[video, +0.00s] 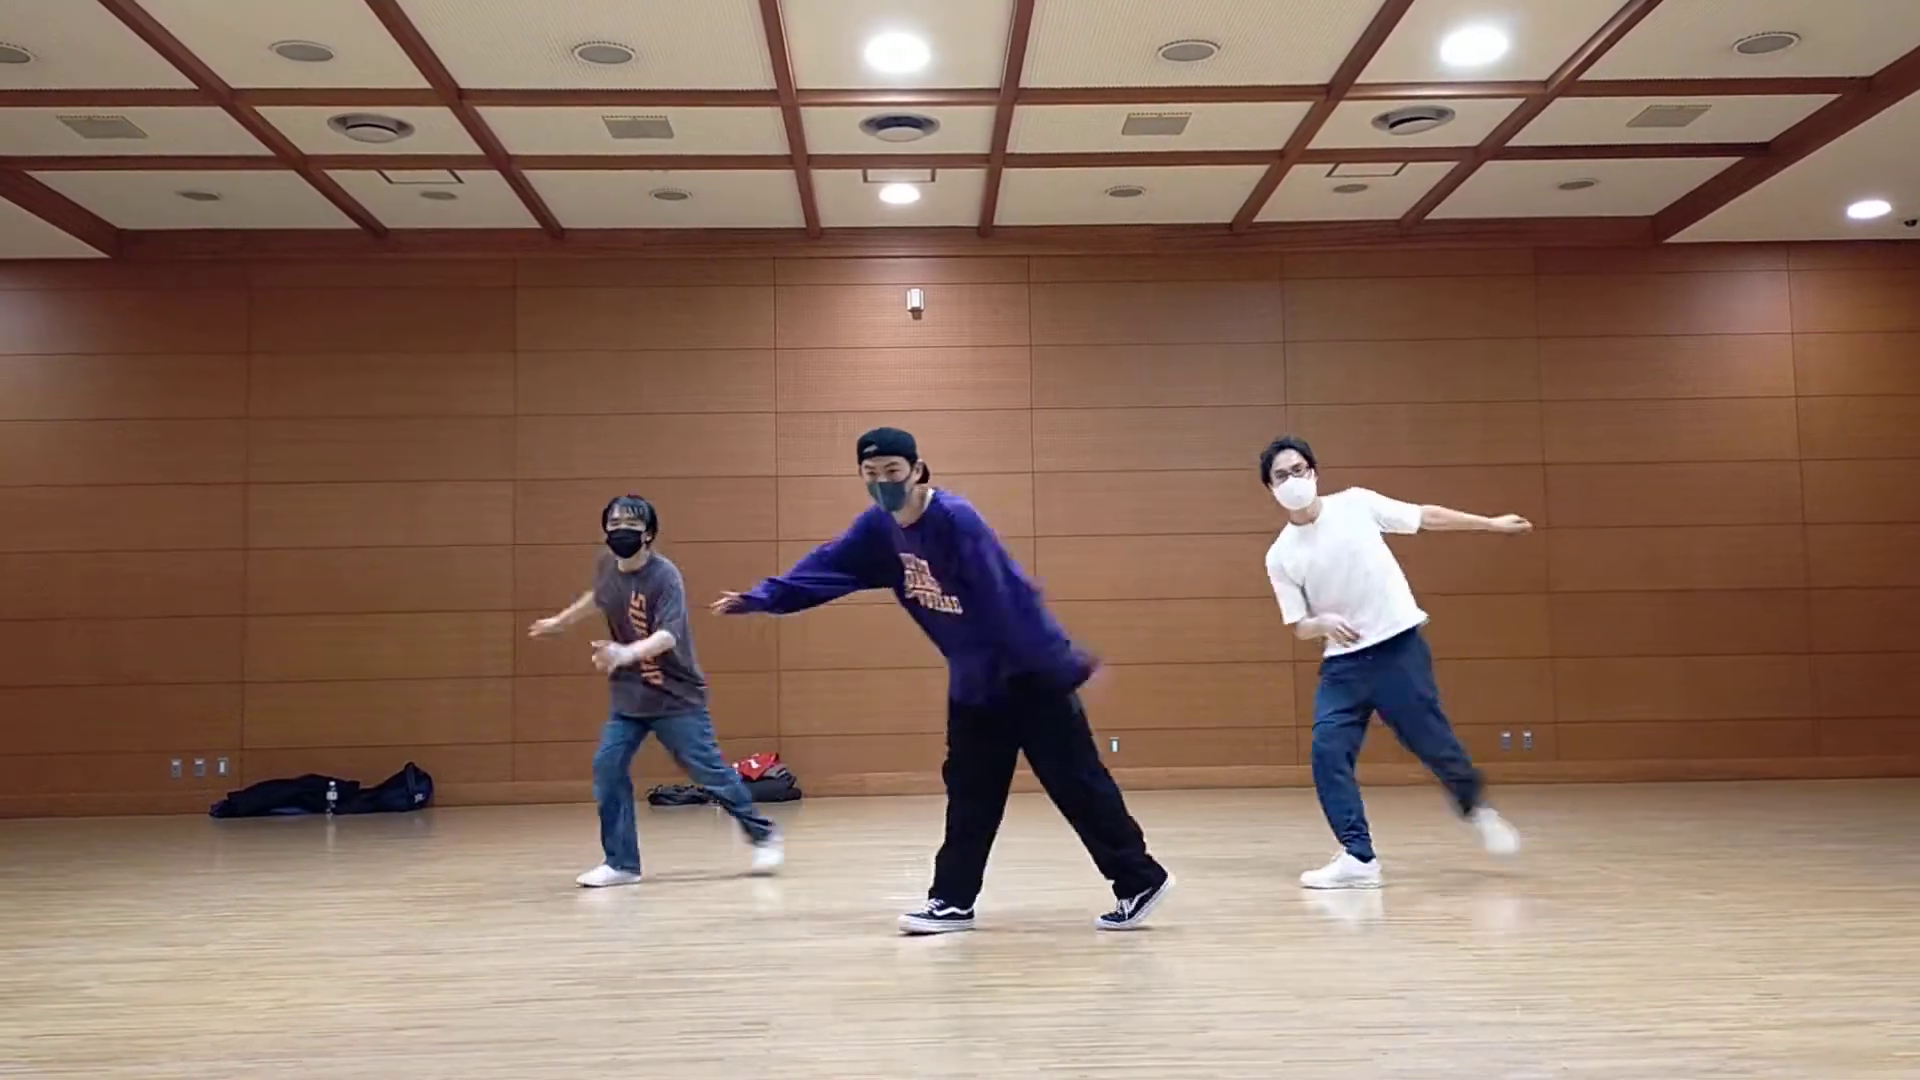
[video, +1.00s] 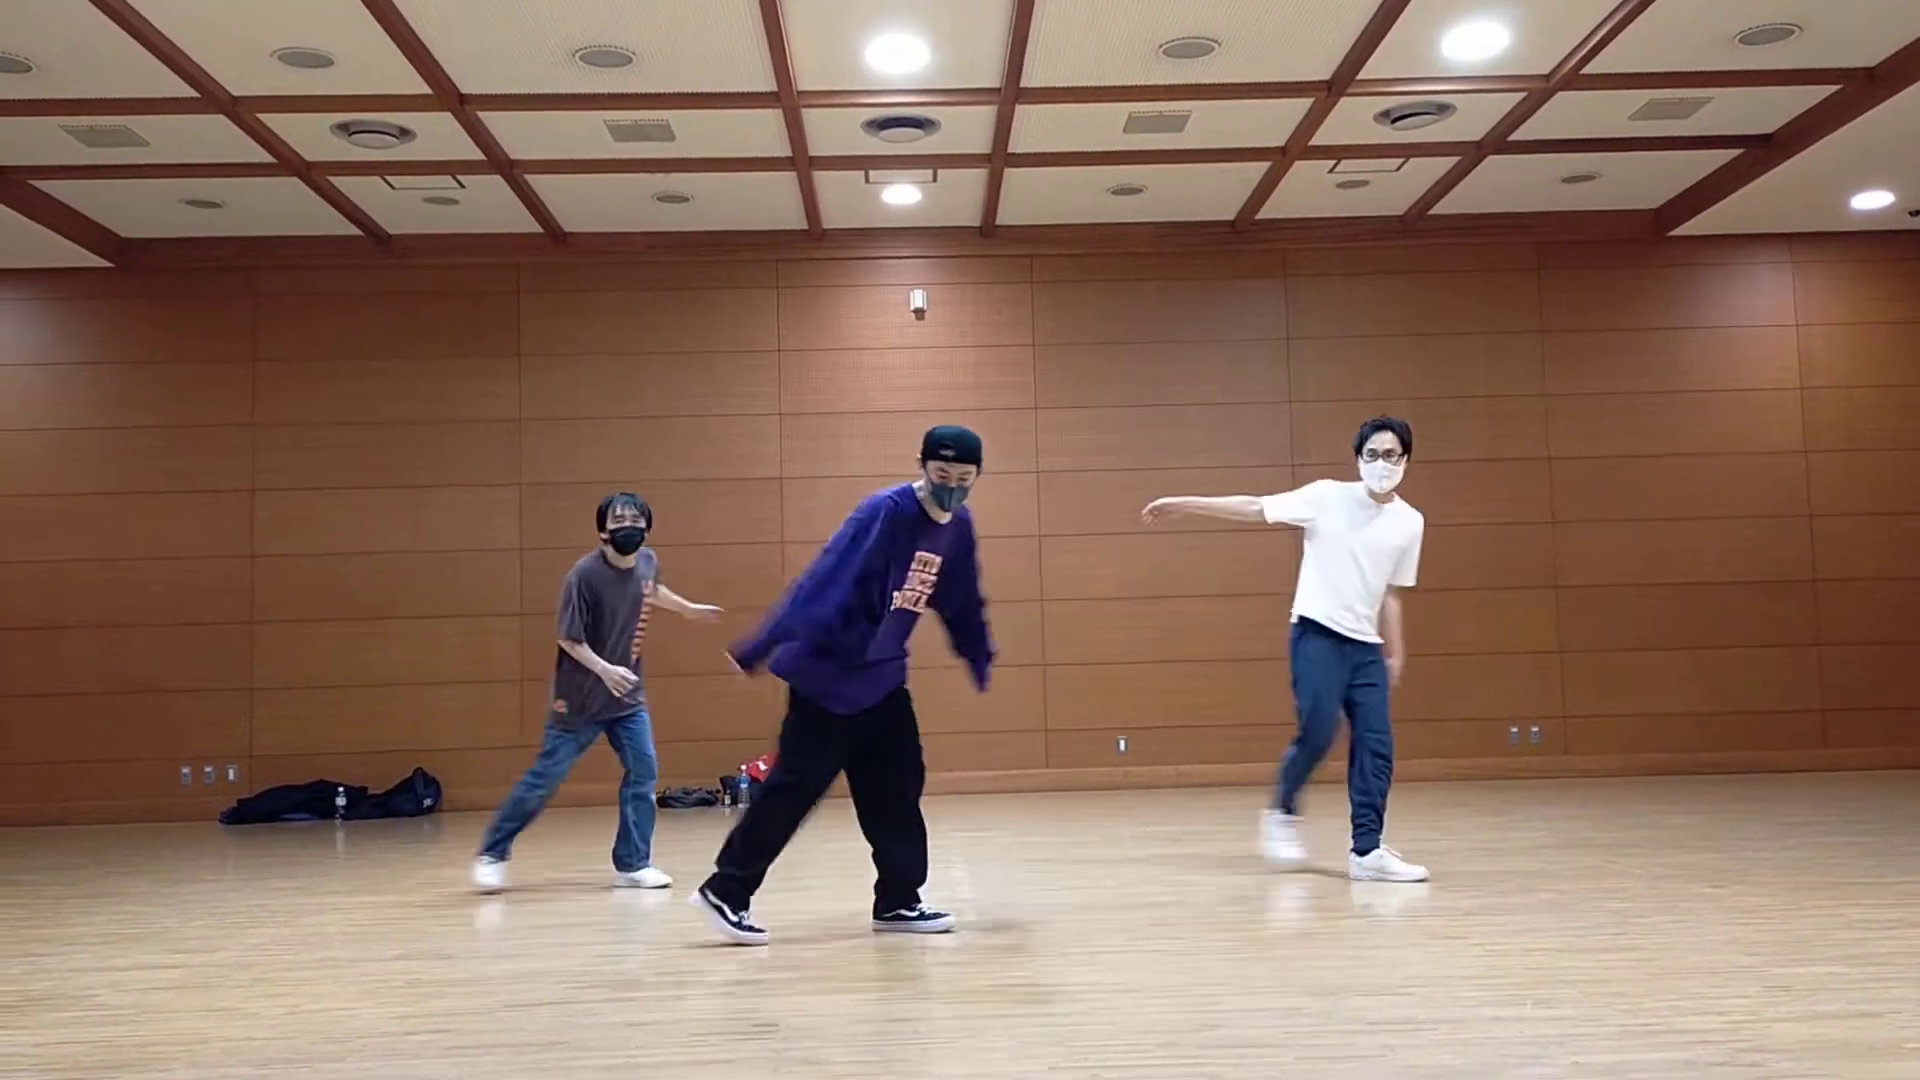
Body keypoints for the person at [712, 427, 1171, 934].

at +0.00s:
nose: (882, 482)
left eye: (891, 471)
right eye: (872, 475)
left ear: (917, 470)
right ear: (865, 480)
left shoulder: (954, 520)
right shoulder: (878, 530)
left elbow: (1005, 597)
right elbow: (826, 569)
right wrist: (761, 598)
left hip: (1026, 669)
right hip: (973, 677)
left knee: (1076, 779)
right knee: (971, 787)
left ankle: (1140, 879)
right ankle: (953, 900)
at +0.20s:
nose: (853, 478)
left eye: (863, 467)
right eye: (843, 471)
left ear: (890, 468)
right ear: (835, 480)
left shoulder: (949, 497)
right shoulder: (841, 547)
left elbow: (1027, 484)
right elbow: (789, 594)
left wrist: (1096, 474)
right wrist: (734, 607)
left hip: (981, 659)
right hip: (914, 674)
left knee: (973, 773)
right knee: (913, 786)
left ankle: (992, 818)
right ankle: (956, 897)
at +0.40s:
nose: (845, 486)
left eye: (855, 475)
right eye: (834, 477)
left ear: (876, 479)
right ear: (822, 486)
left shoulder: (921, 519)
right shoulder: (821, 550)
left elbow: (982, 510)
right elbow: (827, 619)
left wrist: (1023, 452)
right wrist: (824, 549)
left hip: (921, 686)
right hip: (856, 687)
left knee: (888, 813)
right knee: (847, 787)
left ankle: (823, 883)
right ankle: (876, 872)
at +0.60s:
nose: (862, 456)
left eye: (872, 449)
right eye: (851, 448)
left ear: (886, 459)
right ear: (834, 455)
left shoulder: (888, 519)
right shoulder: (816, 511)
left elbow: (900, 595)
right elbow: (876, 558)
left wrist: (950, 570)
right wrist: (937, 510)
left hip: (880, 678)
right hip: (821, 675)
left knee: (885, 800)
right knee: (813, 787)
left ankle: (831, 876)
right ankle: (758, 898)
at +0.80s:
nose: (905, 458)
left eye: (917, 451)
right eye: (896, 447)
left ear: (928, 459)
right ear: (875, 449)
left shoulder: (889, 513)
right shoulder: (850, 498)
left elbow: (881, 595)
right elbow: (898, 565)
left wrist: (901, 655)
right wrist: (959, 616)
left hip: (850, 672)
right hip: (804, 667)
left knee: (884, 784)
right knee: (776, 786)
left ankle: (904, 901)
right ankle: (711, 898)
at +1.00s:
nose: (951, 483)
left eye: (963, 475)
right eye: (942, 471)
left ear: (975, 478)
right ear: (924, 467)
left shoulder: (958, 527)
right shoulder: (884, 513)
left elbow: (960, 594)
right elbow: (822, 580)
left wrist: (977, 649)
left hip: (882, 677)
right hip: (826, 675)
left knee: (897, 784)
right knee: (797, 783)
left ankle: (897, 902)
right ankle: (726, 890)